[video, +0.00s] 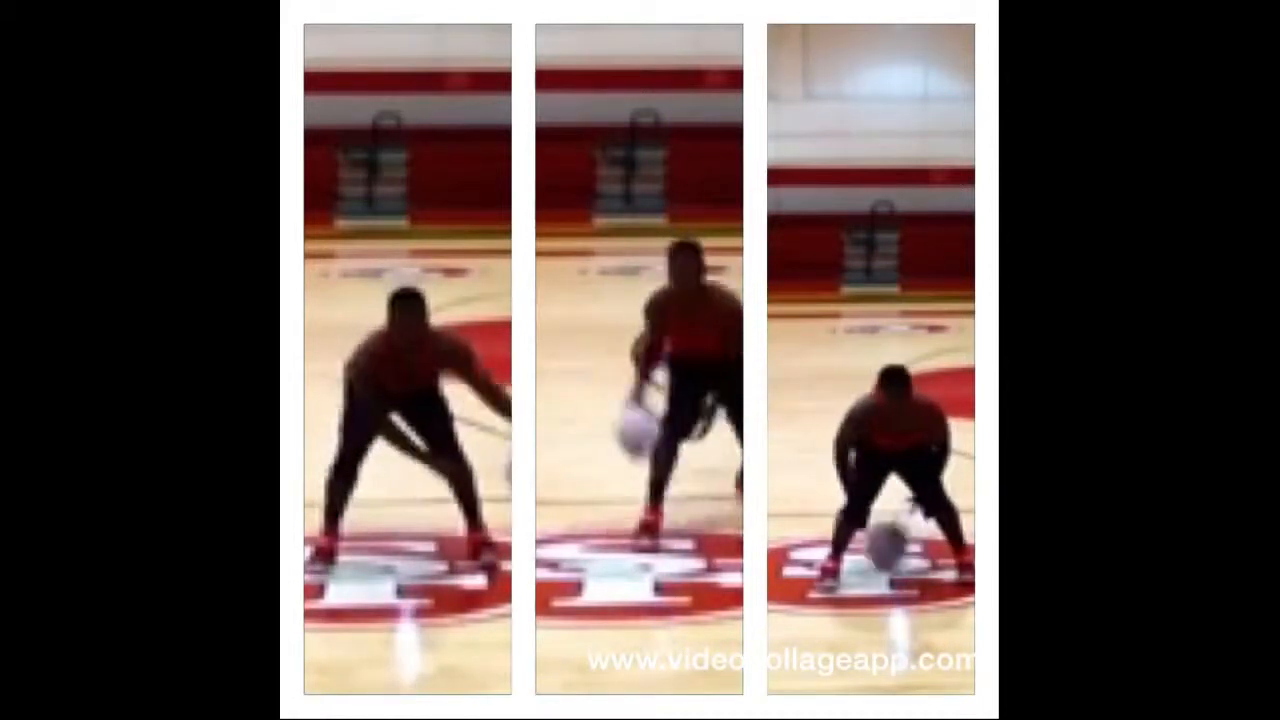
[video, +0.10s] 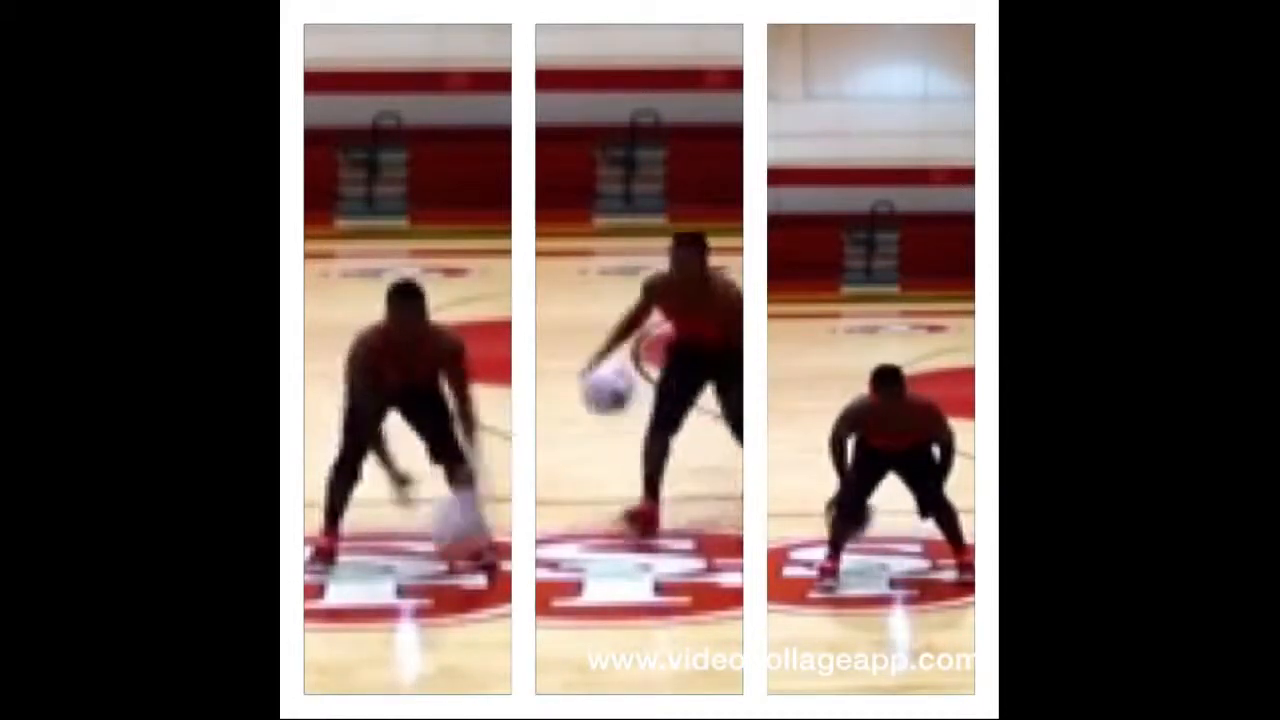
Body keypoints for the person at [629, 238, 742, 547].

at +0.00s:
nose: (681, 276)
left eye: (688, 269)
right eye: (676, 269)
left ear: (700, 269)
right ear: (669, 270)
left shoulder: (725, 305)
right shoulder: (662, 305)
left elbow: (741, 357)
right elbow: (652, 347)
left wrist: (722, 401)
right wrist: (640, 385)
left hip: (728, 371)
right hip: (687, 371)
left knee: (751, 436)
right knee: (669, 434)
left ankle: (746, 481)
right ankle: (653, 508)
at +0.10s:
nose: (682, 267)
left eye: (689, 260)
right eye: (677, 260)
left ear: (704, 260)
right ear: (671, 259)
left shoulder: (726, 295)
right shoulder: (660, 287)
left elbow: (749, 343)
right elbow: (634, 320)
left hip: (729, 359)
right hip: (686, 357)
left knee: (742, 425)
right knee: (659, 429)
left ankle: (764, 495)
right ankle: (650, 506)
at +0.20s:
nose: (690, 267)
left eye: (697, 261)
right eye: (686, 259)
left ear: (710, 261)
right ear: (679, 260)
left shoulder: (731, 298)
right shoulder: (663, 291)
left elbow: (751, 345)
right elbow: (637, 327)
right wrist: (614, 361)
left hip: (726, 362)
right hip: (683, 357)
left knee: (734, 430)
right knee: (644, 426)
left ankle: (754, 490)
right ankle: (653, 487)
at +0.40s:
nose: (701, 273)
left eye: (707, 265)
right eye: (694, 266)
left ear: (717, 267)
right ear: (685, 269)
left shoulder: (735, 306)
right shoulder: (669, 311)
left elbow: (743, 363)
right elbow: (670, 372)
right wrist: (695, 417)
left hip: (720, 378)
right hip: (676, 377)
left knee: (733, 435)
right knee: (632, 433)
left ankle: (753, 496)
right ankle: (646, 488)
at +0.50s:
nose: (710, 261)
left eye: (715, 253)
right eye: (703, 254)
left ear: (723, 253)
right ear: (691, 255)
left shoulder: (735, 285)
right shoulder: (671, 293)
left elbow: (752, 323)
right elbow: (653, 352)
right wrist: (666, 404)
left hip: (717, 354)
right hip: (673, 355)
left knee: (736, 418)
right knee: (646, 412)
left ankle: (754, 483)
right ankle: (643, 479)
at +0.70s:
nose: (696, 271)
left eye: (702, 262)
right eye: (690, 263)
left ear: (712, 261)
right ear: (680, 263)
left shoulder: (732, 297)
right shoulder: (664, 303)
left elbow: (752, 347)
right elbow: (639, 355)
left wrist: (752, 396)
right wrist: (635, 407)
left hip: (721, 363)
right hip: (676, 365)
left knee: (741, 428)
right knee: (662, 434)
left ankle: (733, 474)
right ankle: (650, 506)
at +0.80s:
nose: (694, 279)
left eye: (699, 271)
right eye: (688, 272)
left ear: (709, 271)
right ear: (678, 273)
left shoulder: (728, 308)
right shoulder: (664, 311)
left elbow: (735, 366)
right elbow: (644, 359)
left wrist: (710, 414)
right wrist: (642, 406)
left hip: (718, 377)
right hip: (680, 378)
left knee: (748, 430)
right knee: (676, 436)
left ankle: (731, 476)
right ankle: (652, 505)